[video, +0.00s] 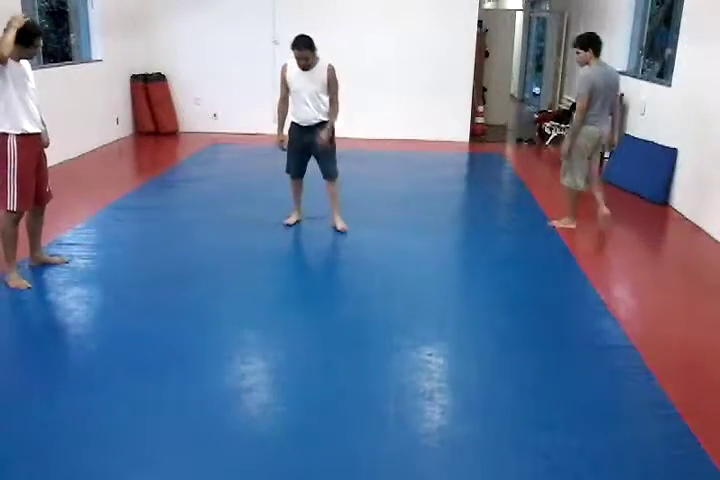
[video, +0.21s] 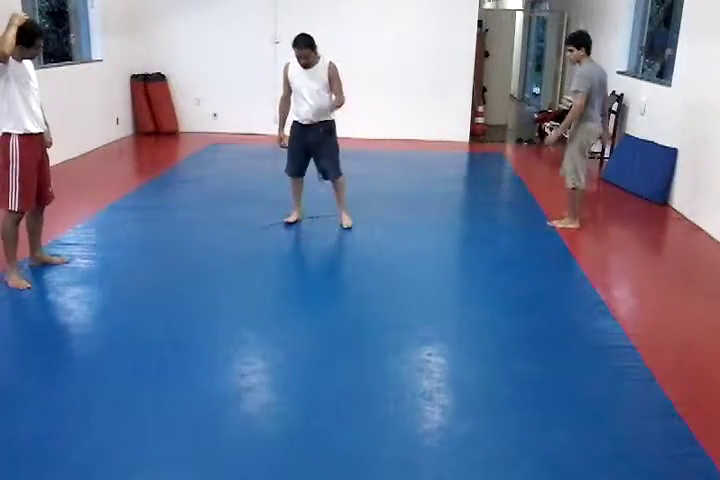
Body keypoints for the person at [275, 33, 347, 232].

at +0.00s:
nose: (302, 62)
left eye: (306, 58)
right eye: (298, 58)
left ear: (314, 53)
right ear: (293, 54)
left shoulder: (327, 70)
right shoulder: (287, 70)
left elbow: (334, 101)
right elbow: (284, 100)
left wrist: (329, 127)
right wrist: (280, 130)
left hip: (321, 127)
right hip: (297, 127)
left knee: (331, 175)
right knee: (295, 174)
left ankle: (336, 216)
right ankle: (296, 211)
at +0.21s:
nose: (302, 61)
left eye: (306, 57)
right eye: (299, 57)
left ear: (315, 51)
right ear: (294, 53)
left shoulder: (328, 68)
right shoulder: (290, 69)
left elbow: (340, 97)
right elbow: (285, 98)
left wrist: (335, 102)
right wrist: (280, 130)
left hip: (324, 127)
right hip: (299, 127)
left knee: (334, 174)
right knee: (295, 173)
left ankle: (343, 212)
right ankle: (296, 211)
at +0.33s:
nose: (306, 62)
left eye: (310, 58)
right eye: (304, 57)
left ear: (320, 54)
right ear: (300, 54)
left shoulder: (332, 66)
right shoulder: (295, 70)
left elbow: (343, 94)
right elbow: (289, 99)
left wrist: (332, 76)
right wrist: (282, 128)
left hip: (327, 126)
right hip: (302, 126)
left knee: (336, 175)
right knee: (296, 173)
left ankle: (344, 213)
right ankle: (297, 211)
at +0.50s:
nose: (314, 62)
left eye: (317, 59)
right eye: (312, 58)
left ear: (328, 56)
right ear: (309, 54)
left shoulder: (338, 68)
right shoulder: (303, 69)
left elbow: (348, 74)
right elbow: (296, 98)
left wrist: (337, 46)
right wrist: (288, 128)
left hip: (333, 127)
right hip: (308, 126)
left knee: (341, 176)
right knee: (300, 173)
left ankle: (344, 213)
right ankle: (297, 211)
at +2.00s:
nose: (308, 56)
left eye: (311, 53)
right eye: (307, 52)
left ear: (324, 52)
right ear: (307, 50)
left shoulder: (338, 65)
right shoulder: (302, 68)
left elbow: (356, 57)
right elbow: (289, 95)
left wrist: (336, 37)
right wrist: (273, 119)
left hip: (330, 127)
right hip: (305, 127)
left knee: (338, 176)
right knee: (300, 175)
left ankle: (343, 214)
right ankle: (297, 212)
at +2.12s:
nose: (308, 56)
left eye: (311, 53)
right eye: (307, 52)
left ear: (324, 52)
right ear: (307, 50)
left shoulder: (338, 65)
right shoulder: (302, 68)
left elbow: (356, 58)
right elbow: (280, 89)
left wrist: (335, 38)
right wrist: (252, 99)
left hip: (330, 128)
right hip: (306, 127)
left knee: (338, 176)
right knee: (300, 175)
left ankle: (343, 215)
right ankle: (297, 212)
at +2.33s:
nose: (309, 55)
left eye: (312, 52)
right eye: (307, 51)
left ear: (325, 49)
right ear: (305, 49)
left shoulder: (339, 64)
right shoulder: (300, 66)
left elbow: (363, 79)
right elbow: (274, 80)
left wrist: (354, 54)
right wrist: (242, 79)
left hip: (332, 128)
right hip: (307, 128)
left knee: (339, 176)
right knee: (301, 175)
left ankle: (343, 214)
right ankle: (297, 212)